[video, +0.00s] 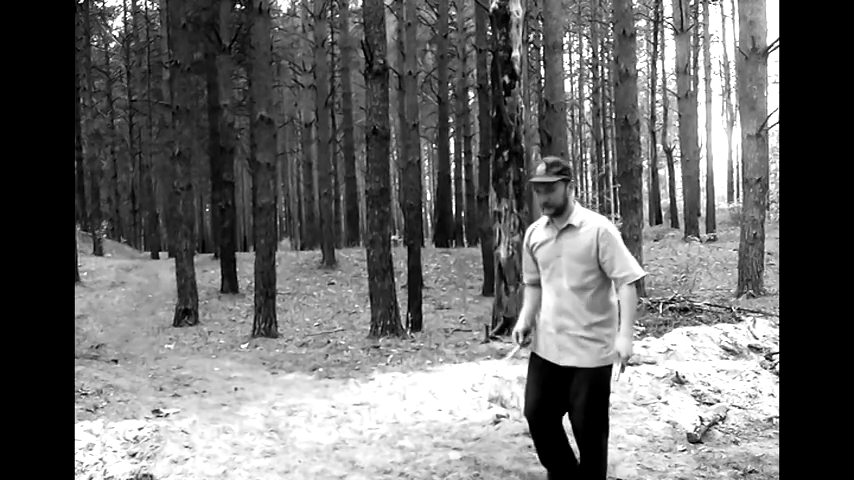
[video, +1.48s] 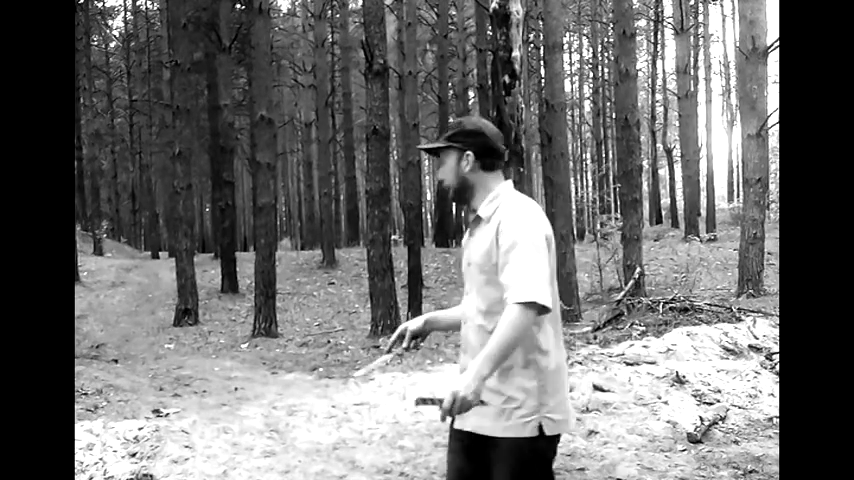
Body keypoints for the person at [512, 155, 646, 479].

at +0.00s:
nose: (543, 198)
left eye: (550, 189)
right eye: (538, 190)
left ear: (568, 186)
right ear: (533, 192)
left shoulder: (599, 230)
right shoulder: (533, 235)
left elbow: (627, 282)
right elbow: (532, 284)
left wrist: (625, 335)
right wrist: (526, 316)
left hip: (591, 353)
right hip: (547, 350)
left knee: (589, 431)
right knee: (539, 418)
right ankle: (564, 476)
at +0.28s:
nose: (552, 203)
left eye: (559, 193)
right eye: (546, 195)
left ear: (577, 190)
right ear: (540, 195)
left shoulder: (608, 237)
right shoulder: (530, 239)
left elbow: (633, 294)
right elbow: (513, 287)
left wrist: (618, 346)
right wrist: (496, 291)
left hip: (596, 356)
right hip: (548, 356)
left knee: (598, 436)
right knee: (556, 434)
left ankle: (599, 478)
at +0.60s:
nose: (537, 187)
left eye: (544, 177)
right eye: (530, 179)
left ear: (565, 171)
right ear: (523, 180)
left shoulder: (604, 222)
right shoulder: (518, 228)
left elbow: (632, 284)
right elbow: (507, 279)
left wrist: (630, 346)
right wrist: (507, 303)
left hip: (591, 365)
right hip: (537, 366)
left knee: (592, 454)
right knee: (550, 460)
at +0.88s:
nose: (519, 188)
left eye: (527, 177)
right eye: (513, 180)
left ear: (553, 169)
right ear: (508, 181)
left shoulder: (598, 227)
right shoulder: (507, 231)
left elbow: (633, 299)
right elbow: (494, 294)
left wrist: (650, 373)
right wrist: (474, 320)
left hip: (581, 382)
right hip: (528, 383)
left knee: (582, 472)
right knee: (547, 472)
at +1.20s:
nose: (484, 167)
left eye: (491, 154)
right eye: (482, 157)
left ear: (524, 151)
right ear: (520, 153)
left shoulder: (570, 211)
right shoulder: (496, 220)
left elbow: (598, 292)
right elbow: (492, 287)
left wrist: (588, 376)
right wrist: (444, 301)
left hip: (568, 392)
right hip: (508, 386)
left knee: (576, 475)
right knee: (485, 470)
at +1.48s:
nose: (436, 172)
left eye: (440, 159)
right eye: (436, 160)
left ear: (467, 161)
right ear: (466, 162)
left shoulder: (521, 217)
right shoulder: (481, 220)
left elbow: (528, 306)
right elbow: (481, 308)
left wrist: (475, 376)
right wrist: (429, 321)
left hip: (521, 413)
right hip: (475, 407)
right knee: (462, 472)